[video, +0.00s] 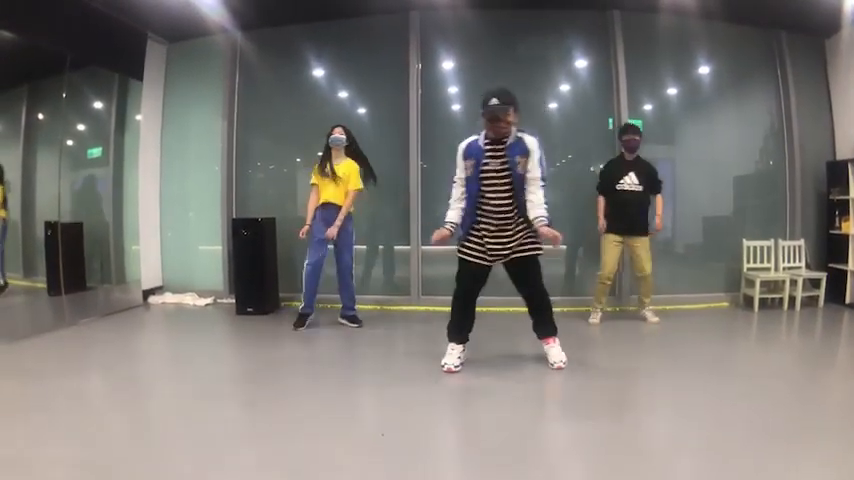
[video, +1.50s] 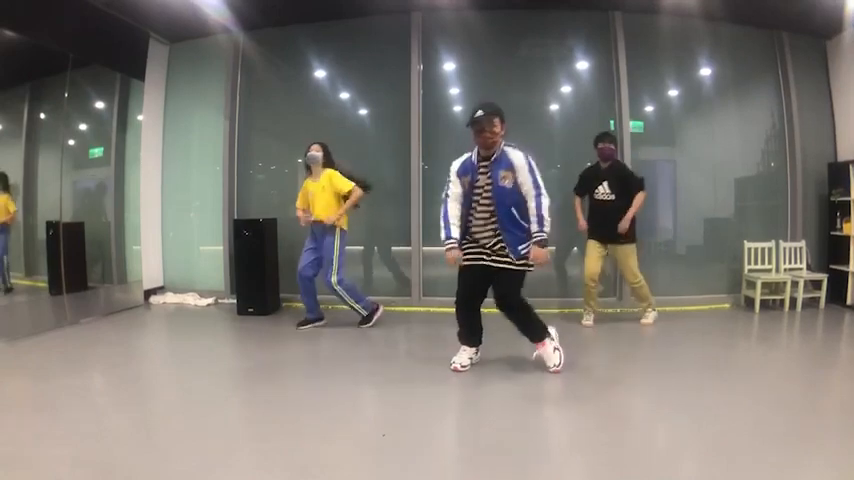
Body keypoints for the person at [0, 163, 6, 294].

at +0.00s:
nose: (3, 176)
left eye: (2, 173)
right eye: (3, 173)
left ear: (2, 174)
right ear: (3, 174)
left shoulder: (3, 187)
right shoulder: (4, 187)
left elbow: (4, 204)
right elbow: (5, 204)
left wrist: (5, 213)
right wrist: (4, 213)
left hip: (3, 217)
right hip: (3, 217)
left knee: (2, 249)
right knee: (2, 249)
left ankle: (3, 277)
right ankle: (3, 277)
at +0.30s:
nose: (1, 183)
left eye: (1, 180)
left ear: (3, 182)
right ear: (5, 182)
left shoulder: (6, 196)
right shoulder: (6, 196)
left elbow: (14, 211)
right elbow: (14, 210)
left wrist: (5, 222)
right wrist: (6, 221)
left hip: (3, 227)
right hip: (3, 226)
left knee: (2, 253)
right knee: (2, 253)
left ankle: (6, 282)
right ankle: (5, 282)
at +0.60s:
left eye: (0, 171)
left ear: (2, 172)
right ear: (7, 172)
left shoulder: (5, 186)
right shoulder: (9, 185)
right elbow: (14, 201)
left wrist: (4, 228)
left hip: (4, 218)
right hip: (6, 218)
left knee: (5, 250)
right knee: (6, 250)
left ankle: (7, 281)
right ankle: (7, 280)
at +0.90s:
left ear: (0, 185)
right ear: (4, 183)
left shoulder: (4, 199)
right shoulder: (9, 199)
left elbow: (3, 211)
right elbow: (13, 215)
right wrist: (9, 225)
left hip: (3, 228)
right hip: (6, 228)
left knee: (1, 255)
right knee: (1, 255)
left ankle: (3, 280)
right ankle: (3, 280)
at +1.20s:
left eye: (0, 169)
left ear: (1, 171)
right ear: (4, 171)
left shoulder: (3, 185)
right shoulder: (5, 185)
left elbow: (3, 201)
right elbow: (7, 203)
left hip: (4, 217)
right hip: (5, 217)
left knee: (2, 252)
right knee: (2, 252)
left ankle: (8, 281)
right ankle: (6, 281)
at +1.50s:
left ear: (2, 183)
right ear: (6, 183)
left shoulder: (6, 197)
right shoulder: (5, 197)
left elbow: (13, 211)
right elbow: (13, 211)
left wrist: (5, 220)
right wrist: (6, 220)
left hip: (3, 227)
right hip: (3, 227)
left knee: (3, 255)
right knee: (3, 255)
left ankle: (6, 283)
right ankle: (6, 283)